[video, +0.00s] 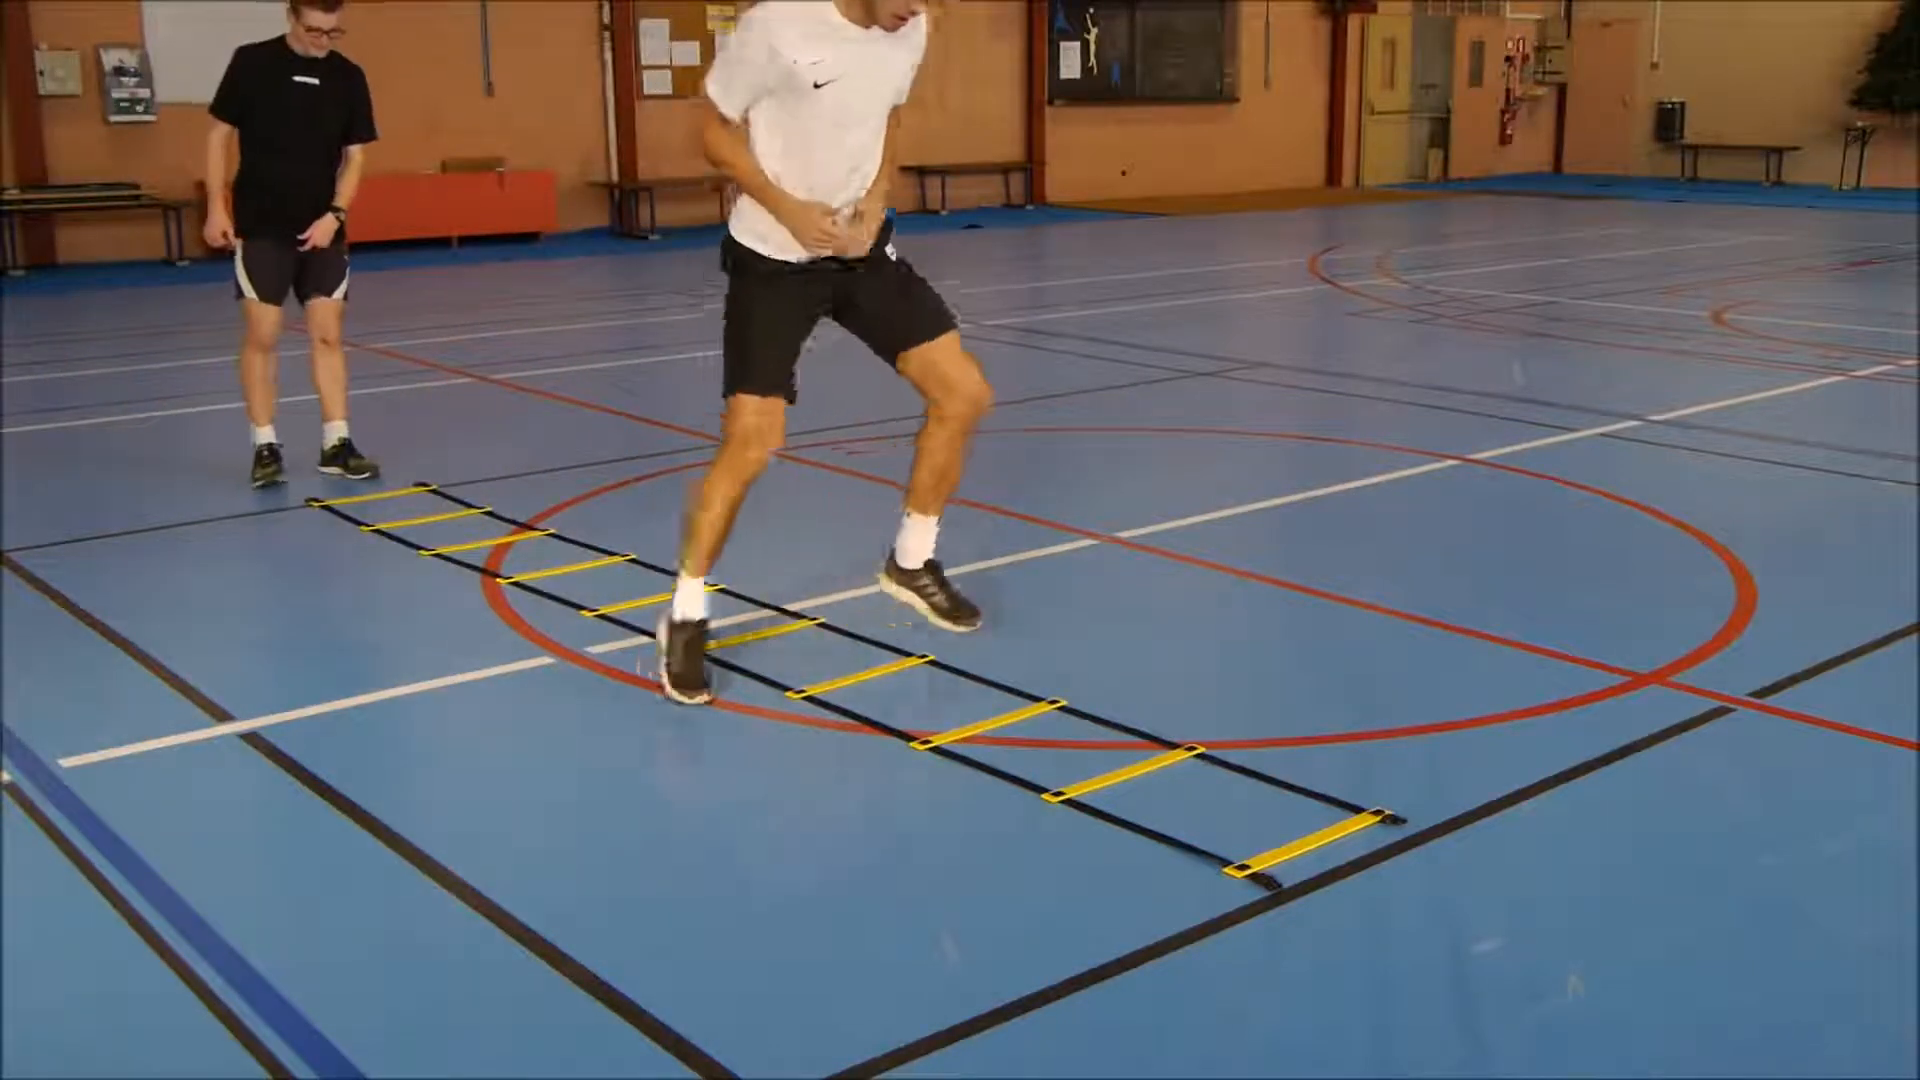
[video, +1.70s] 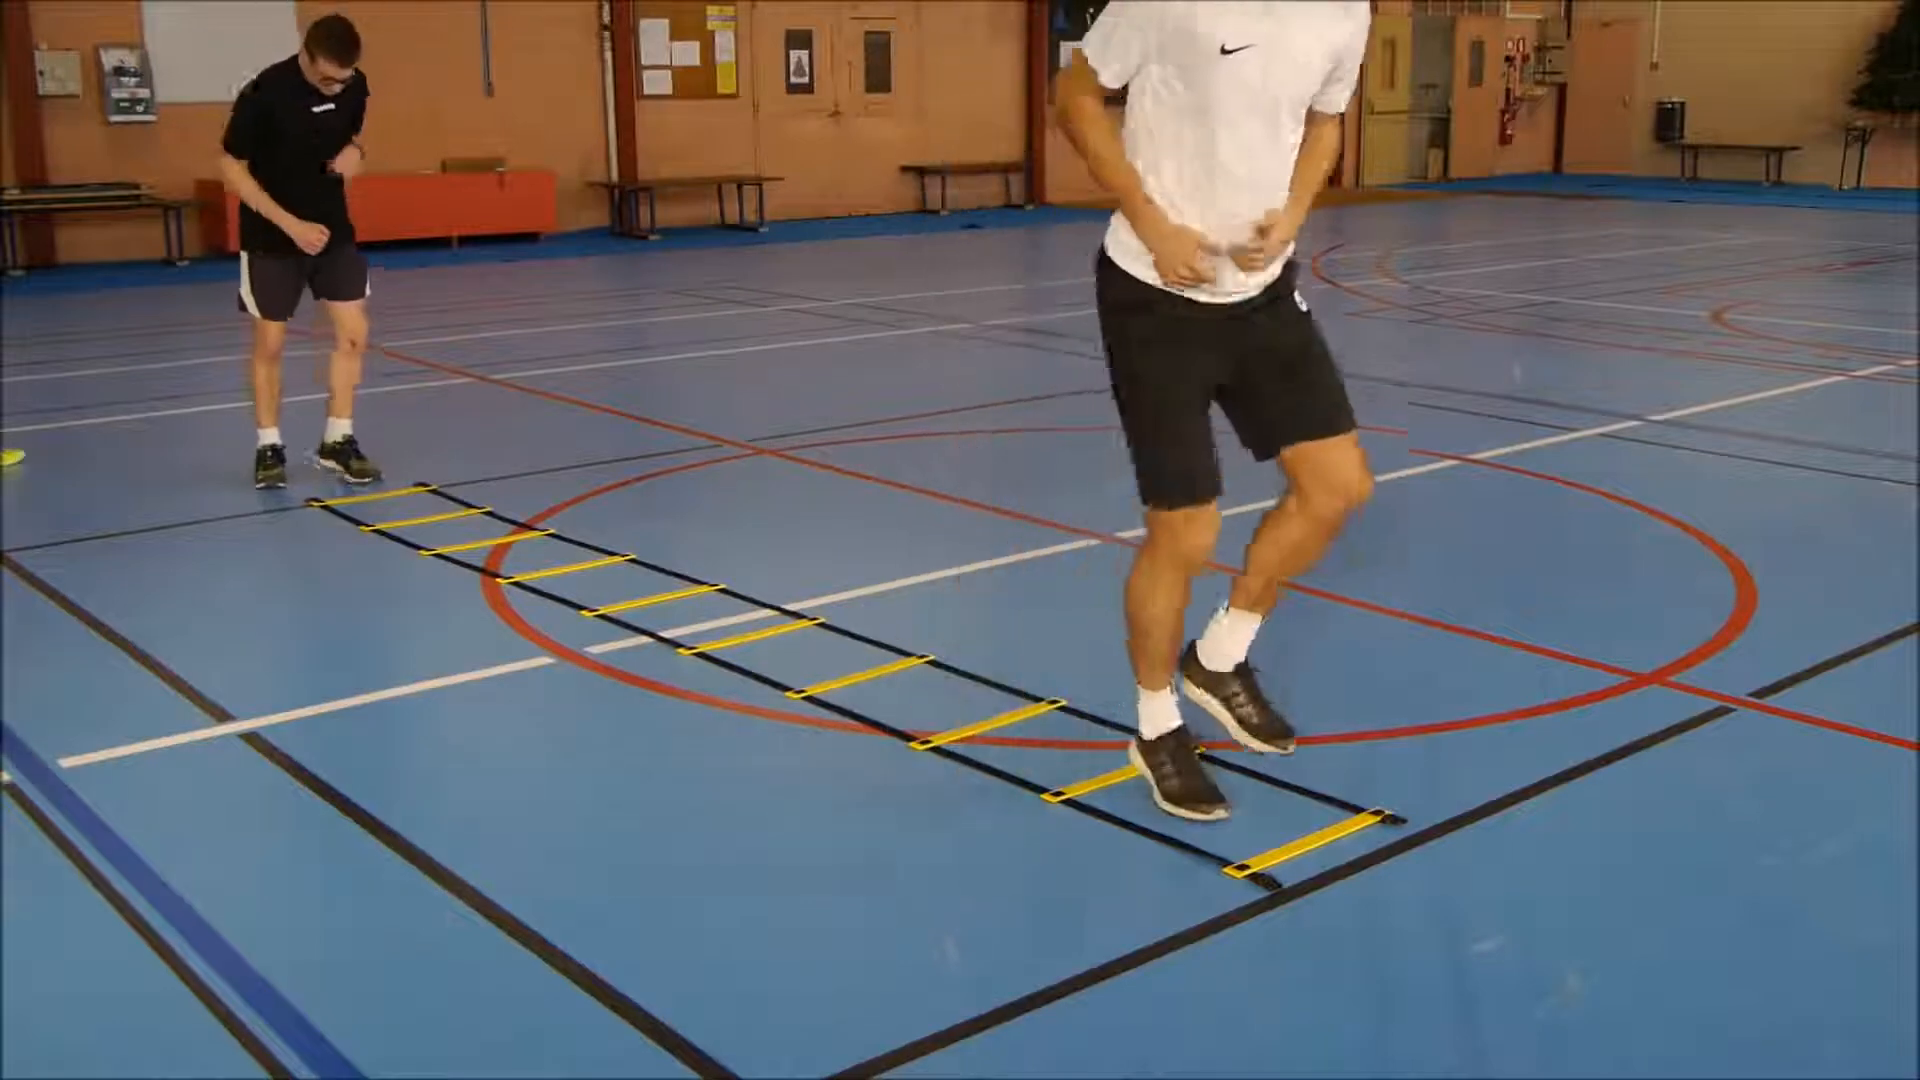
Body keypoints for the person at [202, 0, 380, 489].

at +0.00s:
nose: (321, 40)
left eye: (331, 31)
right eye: (313, 30)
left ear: (340, 23)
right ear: (291, 16)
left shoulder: (349, 77)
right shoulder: (251, 62)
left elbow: (354, 158)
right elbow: (219, 134)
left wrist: (336, 214)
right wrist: (216, 208)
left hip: (322, 224)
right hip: (261, 225)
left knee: (328, 334)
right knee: (263, 335)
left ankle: (337, 444)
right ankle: (265, 446)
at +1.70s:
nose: (336, 84)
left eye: (343, 77)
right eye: (327, 76)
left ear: (353, 63)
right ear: (304, 54)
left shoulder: (353, 87)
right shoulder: (264, 92)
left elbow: (352, 138)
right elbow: (231, 168)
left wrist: (353, 154)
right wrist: (292, 224)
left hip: (333, 228)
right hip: (271, 237)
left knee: (354, 335)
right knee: (270, 344)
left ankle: (337, 441)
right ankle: (270, 447)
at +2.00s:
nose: (368, 77)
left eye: (376, 68)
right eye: (360, 68)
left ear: (385, 55)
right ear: (336, 48)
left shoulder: (387, 83)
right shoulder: (286, 81)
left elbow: (390, 140)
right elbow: (242, 141)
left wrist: (381, 148)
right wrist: (292, 197)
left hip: (357, 222)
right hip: (301, 225)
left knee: (364, 340)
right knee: (337, 326)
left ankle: (335, 432)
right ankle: (346, 442)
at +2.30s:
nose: (388, 78)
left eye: (396, 70)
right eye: (379, 69)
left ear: (406, 54)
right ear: (354, 47)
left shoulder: (409, 84)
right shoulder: (308, 89)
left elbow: (415, 134)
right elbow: (272, 165)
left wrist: (407, 151)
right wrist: (335, 214)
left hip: (387, 231)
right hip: (324, 236)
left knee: (400, 350)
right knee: (337, 342)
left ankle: (386, 462)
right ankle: (330, 452)